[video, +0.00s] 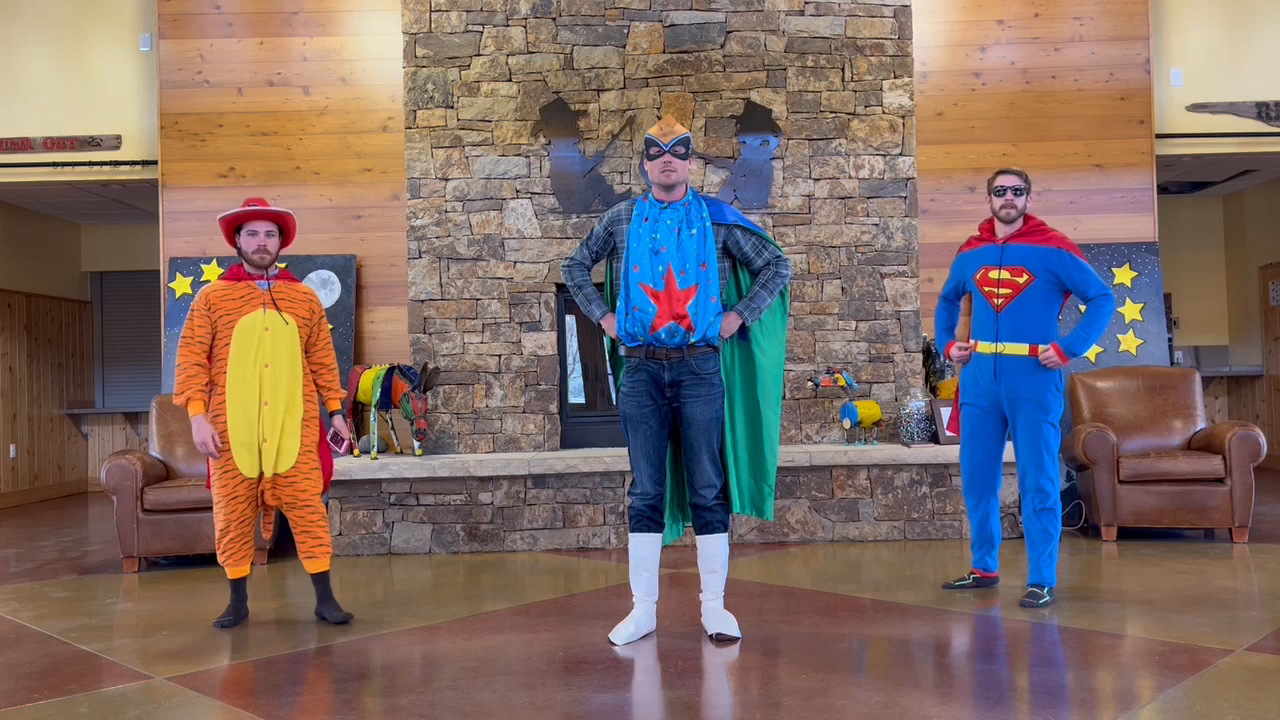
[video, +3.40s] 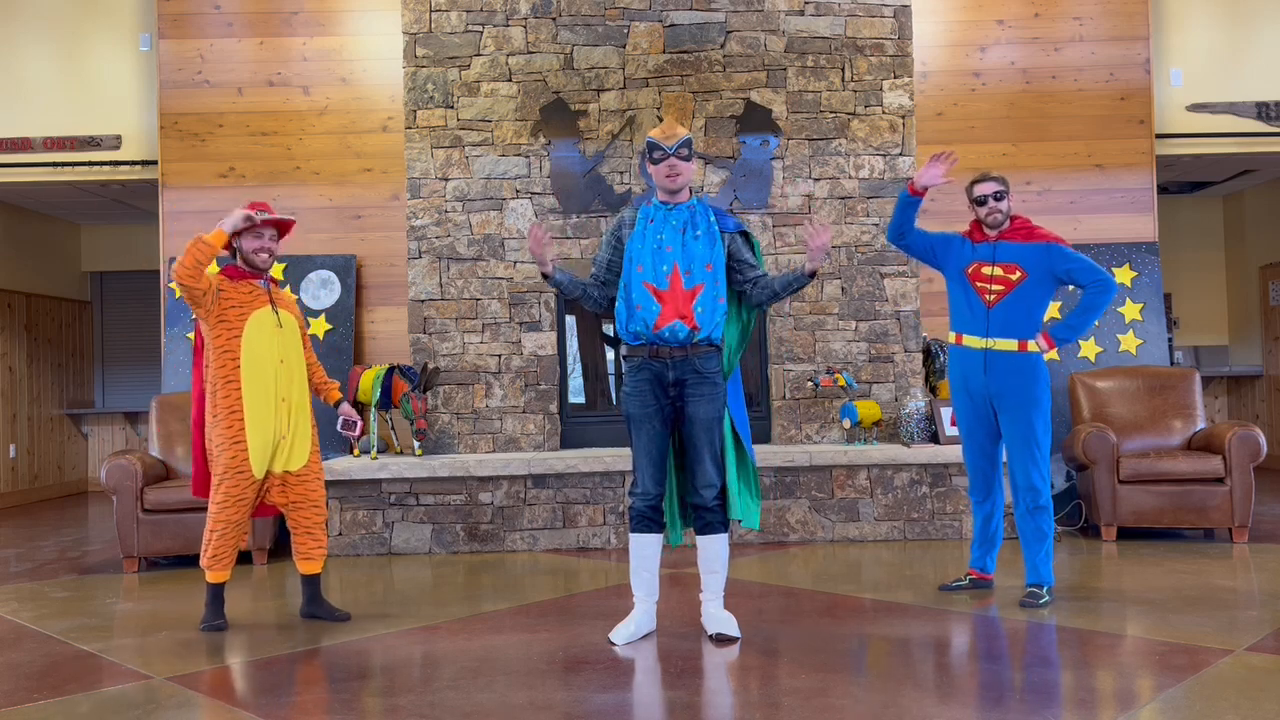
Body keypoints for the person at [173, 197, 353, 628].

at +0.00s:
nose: (261, 242)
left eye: (269, 235)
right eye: (252, 235)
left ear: (280, 243)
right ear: (237, 242)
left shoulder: (304, 298)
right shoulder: (213, 297)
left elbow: (322, 357)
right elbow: (192, 356)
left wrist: (335, 411)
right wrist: (197, 415)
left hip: (294, 423)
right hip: (233, 426)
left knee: (307, 503)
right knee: (233, 511)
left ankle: (325, 598)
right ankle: (237, 601)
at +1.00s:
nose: (270, 241)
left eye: (278, 235)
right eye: (261, 234)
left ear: (288, 245)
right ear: (246, 242)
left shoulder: (300, 300)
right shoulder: (225, 292)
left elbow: (318, 360)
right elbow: (176, 332)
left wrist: (334, 409)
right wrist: (139, 387)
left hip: (295, 422)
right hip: (238, 422)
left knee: (312, 501)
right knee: (229, 507)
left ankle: (313, 598)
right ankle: (214, 605)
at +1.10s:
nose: (269, 240)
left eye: (277, 233)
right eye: (260, 233)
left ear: (287, 243)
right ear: (244, 242)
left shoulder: (300, 301)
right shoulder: (223, 292)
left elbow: (318, 361)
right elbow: (169, 318)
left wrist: (339, 408)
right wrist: (113, 352)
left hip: (294, 424)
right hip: (238, 423)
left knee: (313, 501)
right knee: (229, 506)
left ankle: (313, 598)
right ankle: (215, 606)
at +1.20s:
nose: (265, 241)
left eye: (273, 235)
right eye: (256, 234)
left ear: (284, 244)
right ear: (241, 242)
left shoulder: (298, 301)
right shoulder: (218, 291)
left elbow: (319, 360)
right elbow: (172, 300)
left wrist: (344, 403)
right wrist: (121, 297)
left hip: (295, 422)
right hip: (238, 422)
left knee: (313, 502)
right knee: (228, 507)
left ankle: (313, 598)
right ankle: (215, 606)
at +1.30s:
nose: (261, 241)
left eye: (270, 235)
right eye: (252, 235)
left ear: (280, 244)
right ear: (237, 243)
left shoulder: (294, 301)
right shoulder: (214, 288)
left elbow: (317, 358)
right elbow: (167, 277)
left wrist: (349, 398)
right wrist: (130, 243)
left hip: (292, 421)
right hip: (236, 421)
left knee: (312, 500)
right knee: (227, 507)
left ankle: (313, 598)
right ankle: (214, 605)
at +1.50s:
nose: (256, 240)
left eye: (264, 234)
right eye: (246, 234)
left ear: (276, 243)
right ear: (232, 242)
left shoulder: (289, 298)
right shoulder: (214, 286)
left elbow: (311, 358)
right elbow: (185, 248)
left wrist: (345, 392)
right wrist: (181, 193)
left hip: (290, 420)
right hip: (235, 421)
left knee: (311, 503)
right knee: (225, 509)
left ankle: (313, 598)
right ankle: (214, 605)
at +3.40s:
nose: (265, 244)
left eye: (271, 237)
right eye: (255, 236)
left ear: (278, 244)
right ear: (235, 244)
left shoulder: (286, 300)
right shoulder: (216, 292)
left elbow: (308, 362)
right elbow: (186, 273)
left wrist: (339, 402)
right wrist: (226, 229)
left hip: (292, 420)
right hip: (236, 421)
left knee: (310, 500)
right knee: (229, 505)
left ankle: (312, 598)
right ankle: (214, 605)